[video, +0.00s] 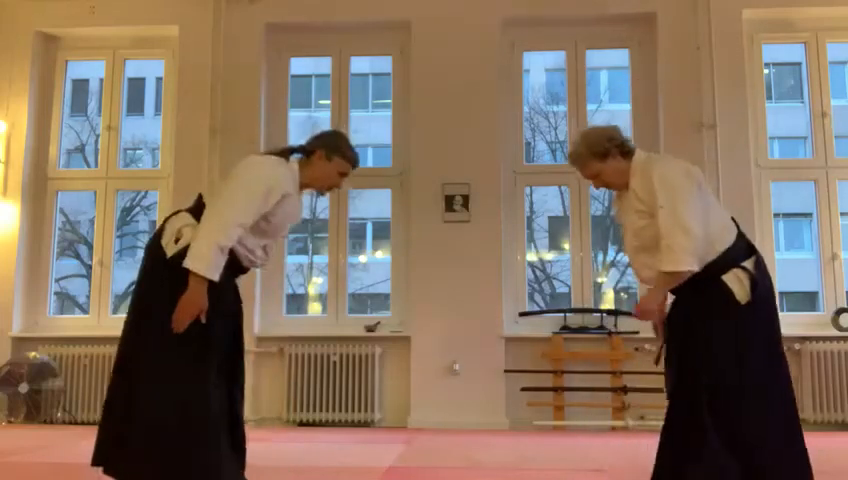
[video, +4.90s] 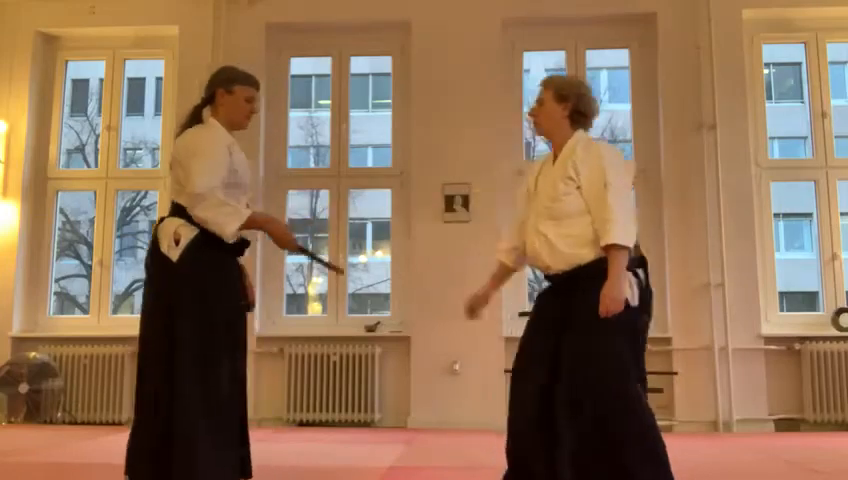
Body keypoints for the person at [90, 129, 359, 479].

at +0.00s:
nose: (339, 183)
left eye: (344, 178)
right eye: (340, 173)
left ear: (318, 159)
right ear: (318, 156)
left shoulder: (286, 187)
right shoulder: (269, 171)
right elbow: (222, 217)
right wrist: (197, 284)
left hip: (215, 267)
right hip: (189, 259)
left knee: (213, 368)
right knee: (192, 366)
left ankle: (208, 464)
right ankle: (185, 465)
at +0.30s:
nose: (319, 136)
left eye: (321, 128)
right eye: (316, 125)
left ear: (294, 118)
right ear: (292, 115)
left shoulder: (272, 153)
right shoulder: (255, 145)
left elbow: (241, 210)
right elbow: (228, 204)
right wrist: (214, 273)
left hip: (230, 266)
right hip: (214, 265)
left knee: (225, 368)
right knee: (212, 369)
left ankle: (213, 464)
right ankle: (200, 466)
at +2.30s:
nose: (269, 100)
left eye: (269, 93)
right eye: (262, 92)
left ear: (246, 96)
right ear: (236, 94)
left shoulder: (245, 136)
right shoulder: (225, 134)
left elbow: (245, 202)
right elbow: (222, 199)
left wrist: (265, 255)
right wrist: (239, 265)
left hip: (248, 256)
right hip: (229, 258)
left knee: (247, 366)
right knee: (231, 365)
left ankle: (243, 463)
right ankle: (226, 465)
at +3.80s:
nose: (270, 102)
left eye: (270, 94)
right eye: (264, 93)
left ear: (242, 94)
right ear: (239, 92)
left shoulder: (241, 134)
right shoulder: (228, 134)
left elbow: (242, 198)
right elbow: (240, 198)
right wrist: (299, 235)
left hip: (235, 255)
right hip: (230, 258)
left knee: (237, 364)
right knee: (235, 364)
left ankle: (230, 464)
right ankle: (232, 465)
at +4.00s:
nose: (273, 102)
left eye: (274, 94)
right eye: (267, 93)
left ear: (243, 96)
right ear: (240, 92)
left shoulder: (223, 133)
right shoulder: (238, 134)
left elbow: (254, 193)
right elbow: (262, 189)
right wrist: (324, 200)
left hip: (214, 249)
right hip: (234, 255)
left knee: (217, 359)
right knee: (238, 360)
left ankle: (214, 463)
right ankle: (236, 464)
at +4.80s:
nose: (262, 108)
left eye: (263, 100)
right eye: (256, 99)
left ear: (236, 98)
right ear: (229, 94)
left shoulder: (232, 140)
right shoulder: (213, 137)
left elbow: (227, 202)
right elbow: (216, 199)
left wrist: (279, 217)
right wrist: (281, 215)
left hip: (217, 258)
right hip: (199, 259)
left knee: (220, 364)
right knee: (205, 365)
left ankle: (213, 464)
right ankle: (201, 466)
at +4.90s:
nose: (253, 110)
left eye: (255, 103)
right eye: (248, 101)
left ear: (227, 101)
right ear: (220, 97)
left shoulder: (220, 141)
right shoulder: (206, 138)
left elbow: (216, 211)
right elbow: (200, 201)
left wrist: (237, 268)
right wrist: (264, 222)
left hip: (207, 261)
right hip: (192, 261)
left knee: (208, 367)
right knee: (199, 368)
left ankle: (201, 466)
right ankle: (197, 469)